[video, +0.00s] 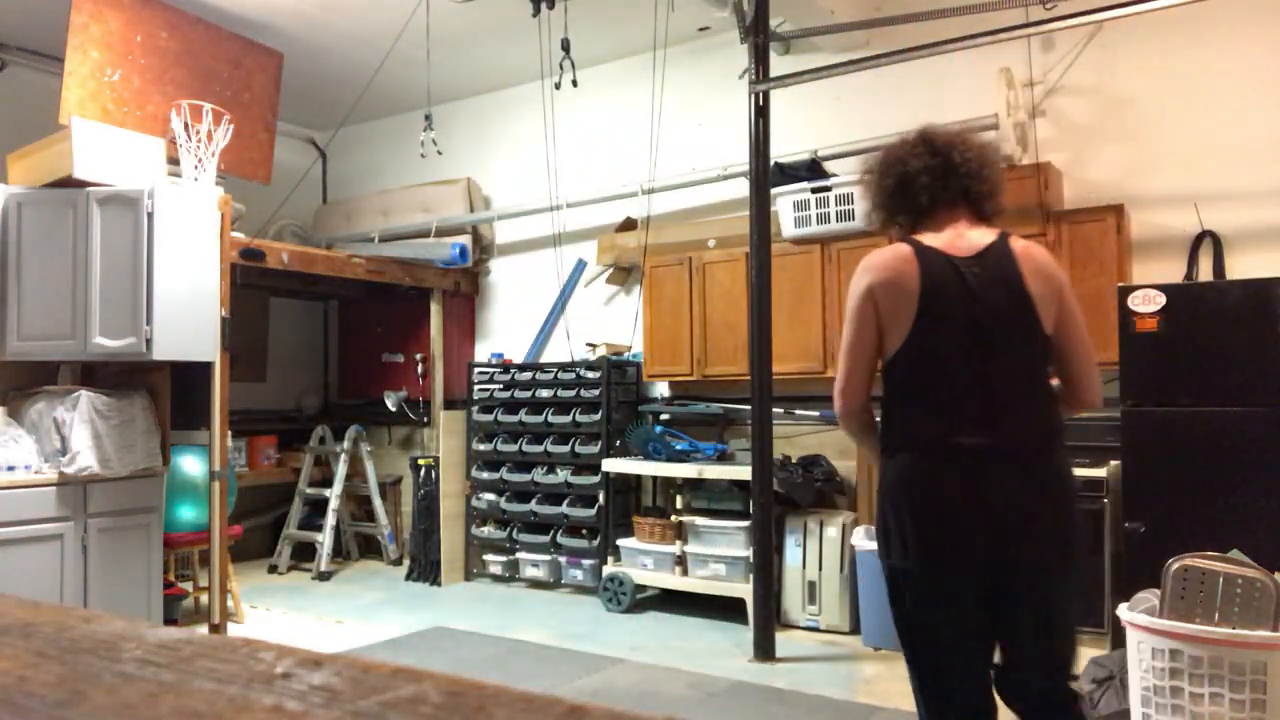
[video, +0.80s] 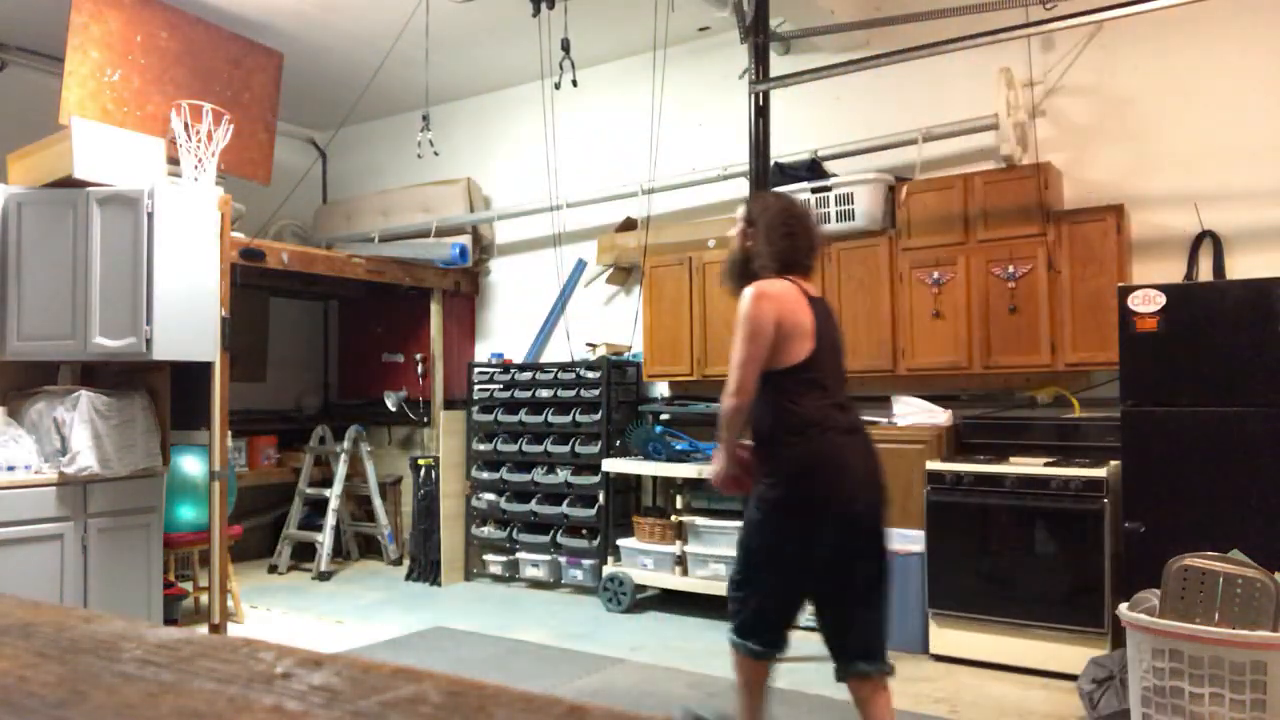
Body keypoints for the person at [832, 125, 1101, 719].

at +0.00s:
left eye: (889, 206)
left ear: (898, 205)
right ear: (980, 190)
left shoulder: (883, 272)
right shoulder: (1036, 262)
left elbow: (850, 405)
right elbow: (1084, 394)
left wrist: (892, 444)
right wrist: (1019, 395)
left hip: (929, 510)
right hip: (1034, 501)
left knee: (952, 696)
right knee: (1041, 683)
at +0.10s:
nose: (870, 219)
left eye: (876, 208)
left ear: (885, 209)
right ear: (960, 195)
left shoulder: (870, 276)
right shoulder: (1015, 265)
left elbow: (843, 405)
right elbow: (1064, 389)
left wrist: (900, 430)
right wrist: (998, 402)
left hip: (920, 494)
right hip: (1016, 486)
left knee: (943, 683)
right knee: (1013, 678)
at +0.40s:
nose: (814, 241)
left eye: (818, 231)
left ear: (831, 236)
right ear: (897, 229)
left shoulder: (823, 302)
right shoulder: (943, 293)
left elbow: (802, 420)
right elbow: (997, 395)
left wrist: (849, 462)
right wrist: (946, 440)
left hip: (875, 489)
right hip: (953, 484)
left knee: (902, 678)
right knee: (922, 672)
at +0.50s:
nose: (800, 240)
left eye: (806, 231)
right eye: (804, 229)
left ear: (817, 243)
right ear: (880, 239)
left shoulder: (807, 306)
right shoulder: (912, 301)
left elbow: (786, 419)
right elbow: (965, 399)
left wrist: (828, 465)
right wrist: (919, 444)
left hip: (859, 487)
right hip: (931, 481)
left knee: (860, 659)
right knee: (903, 661)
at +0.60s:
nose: (780, 241)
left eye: (787, 232)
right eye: (783, 230)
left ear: (800, 244)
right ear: (853, 243)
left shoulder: (794, 306)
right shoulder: (879, 305)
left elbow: (770, 417)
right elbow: (922, 399)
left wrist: (793, 472)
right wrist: (874, 435)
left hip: (837, 489)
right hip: (907, 483)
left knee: (812, 632)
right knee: (886, 640)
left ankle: (876, 712)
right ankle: (890, 715)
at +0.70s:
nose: (753, 240)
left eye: (761, 231)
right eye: (756, 229)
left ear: (783, 240)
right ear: (820, 241)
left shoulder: (781, 302)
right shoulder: (846, 302)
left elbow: (757, 408)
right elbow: (874, 394)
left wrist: (759, 467)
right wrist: (793, 462)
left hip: (819, 491)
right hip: (884, 487)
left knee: (776, 623)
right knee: (871, 642)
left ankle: (814, 712)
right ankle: (884, 714)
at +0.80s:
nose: (734, 235)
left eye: (741, 225)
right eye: (737, 224)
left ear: (757, 236)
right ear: (797, 240)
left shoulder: (761, 295)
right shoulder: (814, 300)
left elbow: (739, 395)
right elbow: (801, 399)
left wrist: (726, 449)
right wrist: (753, 449)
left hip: (799, 479)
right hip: (854, 474)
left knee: (756, 611)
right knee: (854, 626)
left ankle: (750, 711)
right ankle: (881, 714)